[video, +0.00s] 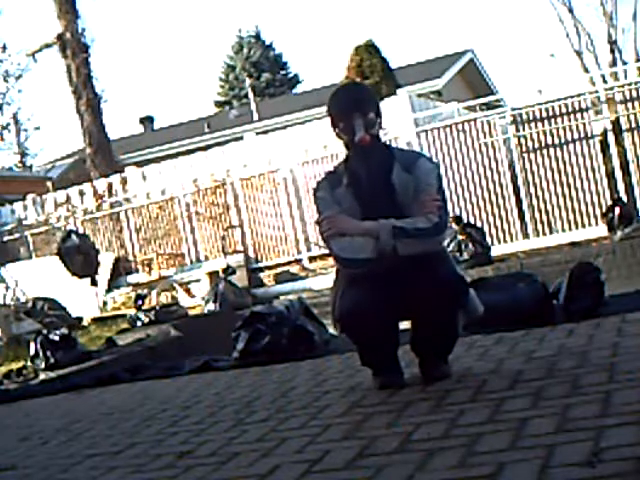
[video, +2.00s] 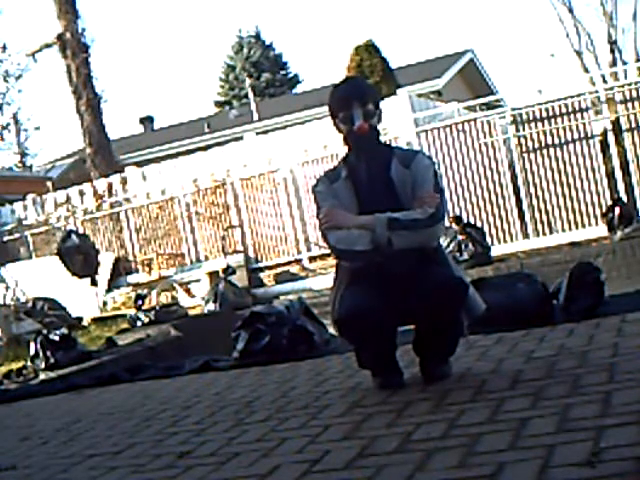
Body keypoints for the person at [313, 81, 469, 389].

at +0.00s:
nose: (360, 136)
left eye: (368, 122)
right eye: (348, 127)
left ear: (380, 119)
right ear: (336, 129)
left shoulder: (418, 166)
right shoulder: (328, 188)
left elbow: (436, 230)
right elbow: (347, 253)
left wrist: (360, 228)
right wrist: (413, 221)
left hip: (423, 265)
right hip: (366, 277)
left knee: (444, 285)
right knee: (356, 309)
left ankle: (434, 357)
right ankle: (384, 366)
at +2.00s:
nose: (360, 125)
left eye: (368, 113)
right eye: (348, 118)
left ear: (379, 114)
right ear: (336, 124)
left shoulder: (415, 163)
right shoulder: (327, 185)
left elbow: (432, 227)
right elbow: (341, 244)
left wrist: (357, 222)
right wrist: (412, 217)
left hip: (421, 267)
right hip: (364, 277)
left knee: (447, 290)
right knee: (355, 313)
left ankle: (435, 358)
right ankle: (384, 368)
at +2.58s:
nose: (349, 121)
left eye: (357, 109)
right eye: (337, 113)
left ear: (368, 110)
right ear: (326, 119)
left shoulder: (402, 156)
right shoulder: (315, 179)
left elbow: (419, 217)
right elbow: (329, 235)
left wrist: (344, 212)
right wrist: (399, 208)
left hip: (413, 260)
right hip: (359, 273)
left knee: (430, 292)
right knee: (362, 313)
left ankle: (434, 361)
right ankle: (385, 370)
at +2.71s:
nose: (343, 113)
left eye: (351, 102)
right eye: (332, 106)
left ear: (363, 104)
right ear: (320, 112)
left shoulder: (395, 147)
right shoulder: (308, 173)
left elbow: (407, 193)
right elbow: (321, 228)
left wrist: (337, 202)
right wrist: (386, 209)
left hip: (413, 263)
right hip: (358, 278)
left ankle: (442, 347)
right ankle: (385, 366)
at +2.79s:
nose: (341, 115)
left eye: (349, 104)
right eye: (329, 108)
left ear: (360, 106)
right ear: (317, 114)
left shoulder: (391, 151)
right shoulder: (306, 176)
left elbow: (409, 196)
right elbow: (321, 232)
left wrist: (338, 204)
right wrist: (387, 207)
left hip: (412, 253)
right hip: (358, 266)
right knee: (368, 308)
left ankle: (453, 361)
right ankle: (386, 369)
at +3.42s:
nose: (369, 124)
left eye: (376, 112)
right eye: (357, 118)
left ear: (388, 113)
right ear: (348, 126)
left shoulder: (426, 158)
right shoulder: (341, 184)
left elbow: (433, 194)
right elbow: (344, 231)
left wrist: (360, 205)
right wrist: (402, 210)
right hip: (384, 286)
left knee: (407, 248)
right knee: (363, 260)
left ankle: (434, 360)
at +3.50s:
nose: (364, 110)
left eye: (370, 99)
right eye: (352, 103)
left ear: (383, 99)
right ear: (341, 110)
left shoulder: (421, 143)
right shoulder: (337, 171)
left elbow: (435, 188)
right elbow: (340, 210)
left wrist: (359, 188)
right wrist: (404, 194)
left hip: (428, 264)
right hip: (370, 275)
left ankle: (436, 360)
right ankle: (377, 368)